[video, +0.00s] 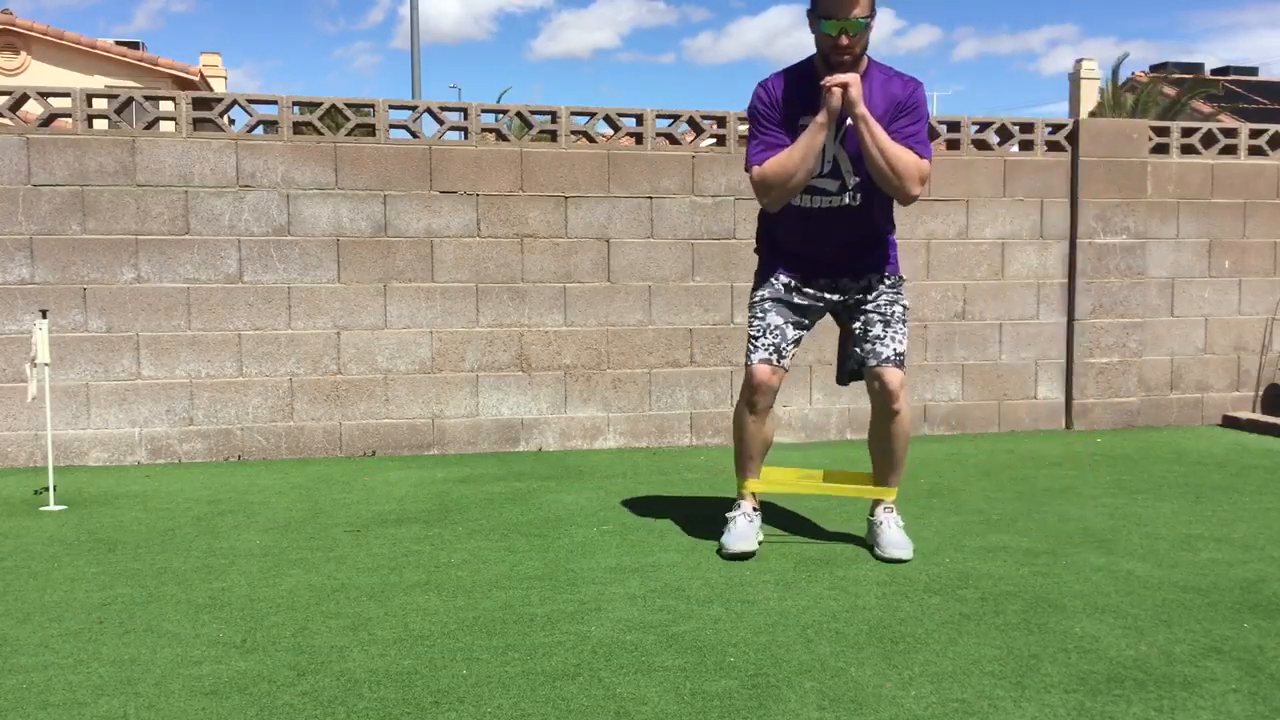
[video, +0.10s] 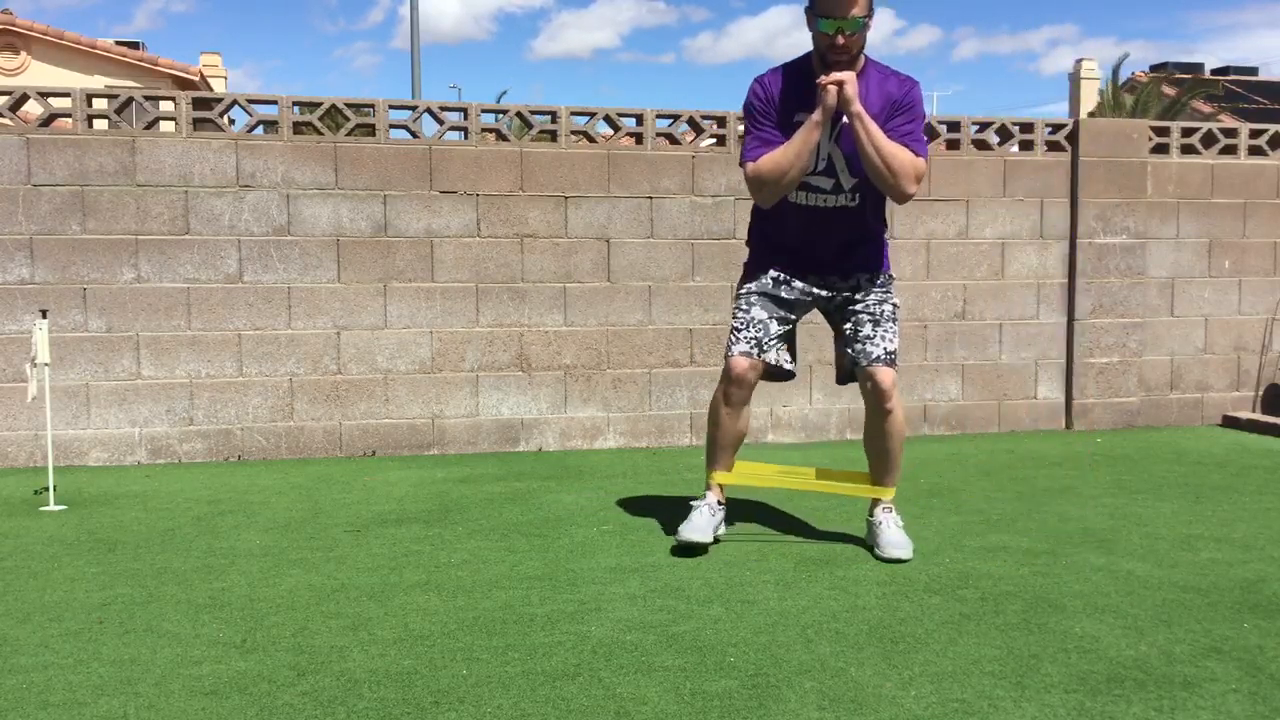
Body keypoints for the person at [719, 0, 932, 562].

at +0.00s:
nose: (843, 37)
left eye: (856, 26)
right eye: (830, 25)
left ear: (872, 23)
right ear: (812, 24)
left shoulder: (903, 92)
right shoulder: (775, 93)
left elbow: (911, 186)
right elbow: (770, 191)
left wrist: (859, 111)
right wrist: (827, 117)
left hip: (870, 267)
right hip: (789, 265)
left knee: (890, 384)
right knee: (760, 379)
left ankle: (885, 509)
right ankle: (745, 506)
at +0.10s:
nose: (839, 37)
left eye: (852, 26)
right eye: (828, 24)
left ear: (869, 24)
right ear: (810, 21)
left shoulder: (897, 91)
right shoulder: (772, 88)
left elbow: (905, 185)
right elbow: (762, 188)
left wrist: (854, 110)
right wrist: (822, 116)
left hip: (859, 266)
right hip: (779, 261)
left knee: (882, 383)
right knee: (737, 372)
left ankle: (884, 510)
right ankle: (712, 500)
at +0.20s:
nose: (829, 35)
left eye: (842, 23)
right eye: (817, 22)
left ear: (860, 21)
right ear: (799, 20)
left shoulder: (886, 88)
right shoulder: (761, 84)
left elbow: (894, 181)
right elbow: (748, 182)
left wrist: (844, 107)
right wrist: (808, 112)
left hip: (843, 263)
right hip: (760, 258)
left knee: (872, 383)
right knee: (704, 369)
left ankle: (883, 509)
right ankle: (652, 496)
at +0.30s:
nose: (807, 38)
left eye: (821, 27)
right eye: (796, 25)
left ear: (839, 23)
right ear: (779, 22)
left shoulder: (865, 94)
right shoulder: (740, 90)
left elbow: (876, 186)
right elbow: (725, 187)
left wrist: (823, 111)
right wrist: (788, 118)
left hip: (824, 271)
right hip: (738, 265)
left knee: (859, 389)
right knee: (666, 374)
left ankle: (881, 509)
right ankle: (593, 494)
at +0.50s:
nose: (723, 60)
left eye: (737, 48)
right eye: (712, 46)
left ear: (754, 42)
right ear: (693, 39)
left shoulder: (781, 114)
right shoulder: (657, 109)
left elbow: (789, 202)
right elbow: (641, 204)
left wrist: (736, 132)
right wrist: (703, 132)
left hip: (752, 290)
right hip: (664, 285)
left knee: (811, 398)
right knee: (593, 390)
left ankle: (876, 508)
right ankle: (542, 506)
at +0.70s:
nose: (637, 51)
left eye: (651, 39)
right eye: (626, 38)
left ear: (668, 36)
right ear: (609, 32)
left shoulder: (697, 105)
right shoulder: (574, 100)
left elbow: (700, 197)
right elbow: (552, 194)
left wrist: (647, 124)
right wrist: (612, 125)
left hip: (680, 273)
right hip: (596, 274)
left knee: (735, 380)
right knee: (549, 388)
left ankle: (793, 489)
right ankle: (533, 505)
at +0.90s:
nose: (605, 42)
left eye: (618, 31)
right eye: (594, 30)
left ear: (637, 23)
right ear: (577, 24)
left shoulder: (670, 94)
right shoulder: (546, 93)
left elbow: (674, 189)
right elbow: (536, 193)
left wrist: (619, 116)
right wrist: (586, 121)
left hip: (658, 261)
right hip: (577, 264)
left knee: (687, 375)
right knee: (545, 383)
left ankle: (705, 495)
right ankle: (534, 506)